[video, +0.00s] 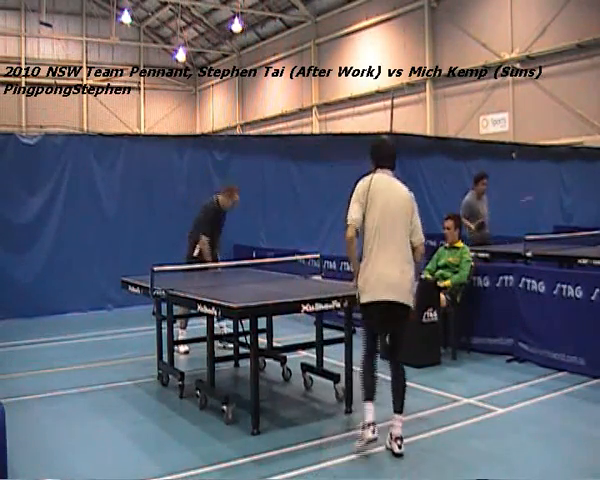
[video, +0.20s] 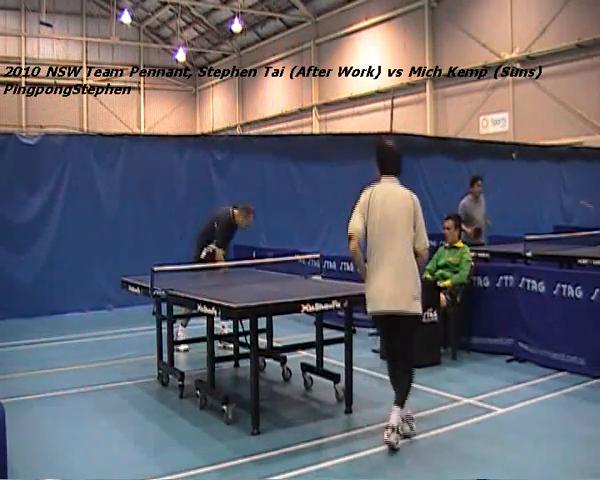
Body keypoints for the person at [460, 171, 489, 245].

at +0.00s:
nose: (485, 187)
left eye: (486, 185)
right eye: (482, 184)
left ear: (486, 186)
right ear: (476, 185)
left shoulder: (484, 197)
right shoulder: (468, 200)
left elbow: (484, 213)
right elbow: (462, 217)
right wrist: (471, 226)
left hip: (485, 233)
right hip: (474, 236)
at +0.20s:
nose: (480, 189)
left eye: (481, 186)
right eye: (478, 186)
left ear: (482, 188)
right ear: (471, 188)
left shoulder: (482, 199)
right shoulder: (464, 203)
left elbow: (482, 213)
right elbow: (460, 221)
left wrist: (486, 220)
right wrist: (467, 230)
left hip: (481, 238)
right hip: (468, 240)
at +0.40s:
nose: (475, 187)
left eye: (476, 184)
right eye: (473, 184)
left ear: (477, 186)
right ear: (466, 186)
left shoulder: (477, 198)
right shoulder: (459, 201)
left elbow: (481, 213)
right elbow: (455, 218)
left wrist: (487, 225)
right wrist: (460, 229)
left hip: (476, 231)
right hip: (463, 232)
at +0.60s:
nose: (470, 186)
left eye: (471, 183)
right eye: (467, 183)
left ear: (472, 185)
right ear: (461, 185)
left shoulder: (470, 198)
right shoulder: (454, 200)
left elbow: (473, 214)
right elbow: (448, 217)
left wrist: (476, 230)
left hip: (468, 234)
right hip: (457, 236)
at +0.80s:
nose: (467, 187)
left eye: (468, 185)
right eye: (465, 184)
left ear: (469, 186)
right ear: (459, 187)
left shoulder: (469, 200)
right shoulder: (451, 202)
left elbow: (470, 217)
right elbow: (445, 218)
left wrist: (472, 233)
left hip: (467, 236)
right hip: (455, 237)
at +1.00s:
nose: (468, 187)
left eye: (469, 185)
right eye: (466, 184)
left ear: (470, 186)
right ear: (459, 187)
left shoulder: (467, 198)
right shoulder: (454, 202)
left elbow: (470, 212)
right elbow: (451, 220)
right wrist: (462, 226)